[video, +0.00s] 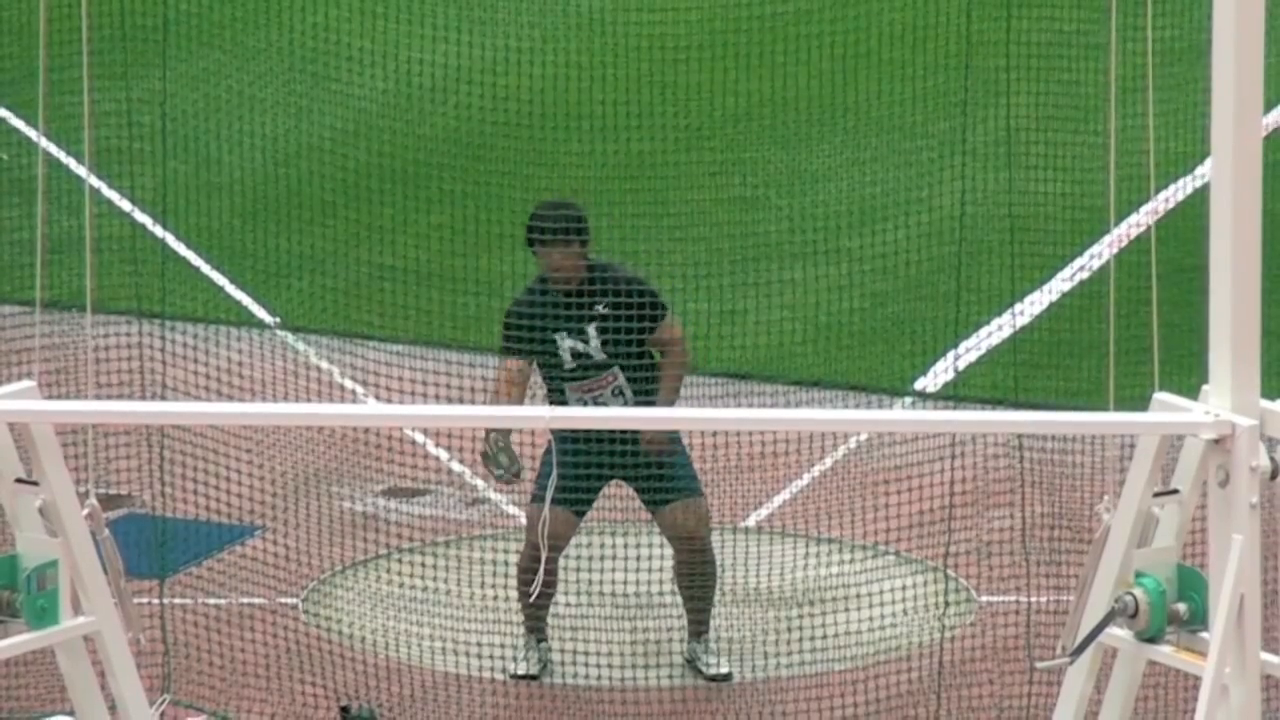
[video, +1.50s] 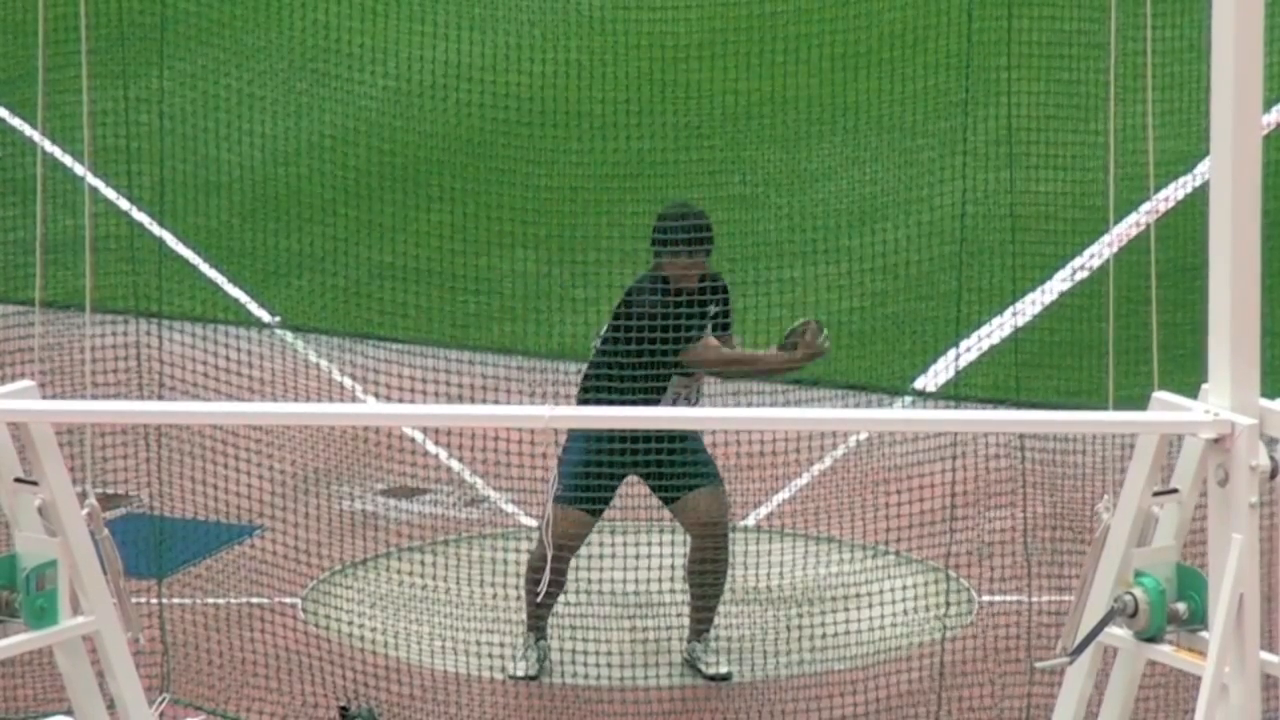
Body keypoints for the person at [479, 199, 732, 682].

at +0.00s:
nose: (559, 256)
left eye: (568, 246)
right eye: (549, 247)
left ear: (585, 247)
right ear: (535, 252)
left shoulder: (624, 290)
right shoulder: (528, 310)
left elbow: (676, 346)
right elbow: (513, 378)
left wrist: (662, 417)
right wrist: (498, 432)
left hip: (645, 434)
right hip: (577, 441)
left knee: (692, 531)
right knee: (543, 537)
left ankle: (699, 642)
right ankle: (535, 642)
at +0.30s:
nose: (559, 253)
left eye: (569, 243)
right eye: (548, 243)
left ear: (585, 244)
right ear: (533, 248)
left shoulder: (618, 289)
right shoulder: (532, 302)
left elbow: (662, 356)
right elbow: (521, 371)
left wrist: (627, 421)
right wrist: (501, 427)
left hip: (643, 429)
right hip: (576, 433)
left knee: (688, 535)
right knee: (535, 532)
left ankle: (699, 643)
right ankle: (535, 643)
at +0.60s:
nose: (581, 257)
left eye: (591, 247)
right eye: (574, 246)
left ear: (612, 250)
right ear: (562, 246)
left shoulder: (635, 297)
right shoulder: (553, 271)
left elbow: (667, 376)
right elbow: (519, 254)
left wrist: (614, 425)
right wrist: (494, 243)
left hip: (642, 429)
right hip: (574, 428)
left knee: (691, 534)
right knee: (531, 526)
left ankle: (700, 643)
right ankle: (534, 641)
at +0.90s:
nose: (622, 271)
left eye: (632, 261)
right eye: (613, 260)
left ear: (648, 263)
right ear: (599, 259)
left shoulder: (671, 309)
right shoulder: (581, 290)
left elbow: (696, 388)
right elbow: (502, 275)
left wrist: (640, 427)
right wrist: (436, 260)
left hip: (662, 431)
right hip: (588, 427)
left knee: (703, 530)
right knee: (540, 524)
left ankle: (701, 642)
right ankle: (533, 639)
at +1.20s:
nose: (667, 281)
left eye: (677, 271)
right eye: (657, 270)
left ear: (691, 269)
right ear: (642, 268)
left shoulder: (711, 309)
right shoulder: (620, 310)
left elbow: (729, 379)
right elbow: (610, 401)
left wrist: (706, 425)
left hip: (669, 429)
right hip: (605, 425)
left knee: (711, 523)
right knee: (552, 528)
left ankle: (700, 642)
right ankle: (534, 640)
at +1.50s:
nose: (688, 263)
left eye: (697, 252)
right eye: (677, 253)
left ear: (709, 253)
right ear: (659, 255)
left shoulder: (714, 291)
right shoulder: (647, 300)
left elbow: (726, 354)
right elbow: (711, 362)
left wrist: (783, 351)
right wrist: (793, 362)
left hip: (665, 430)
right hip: (602, 430)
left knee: (711, 522)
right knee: (562, 536)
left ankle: (699, 643)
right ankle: (533, 637)